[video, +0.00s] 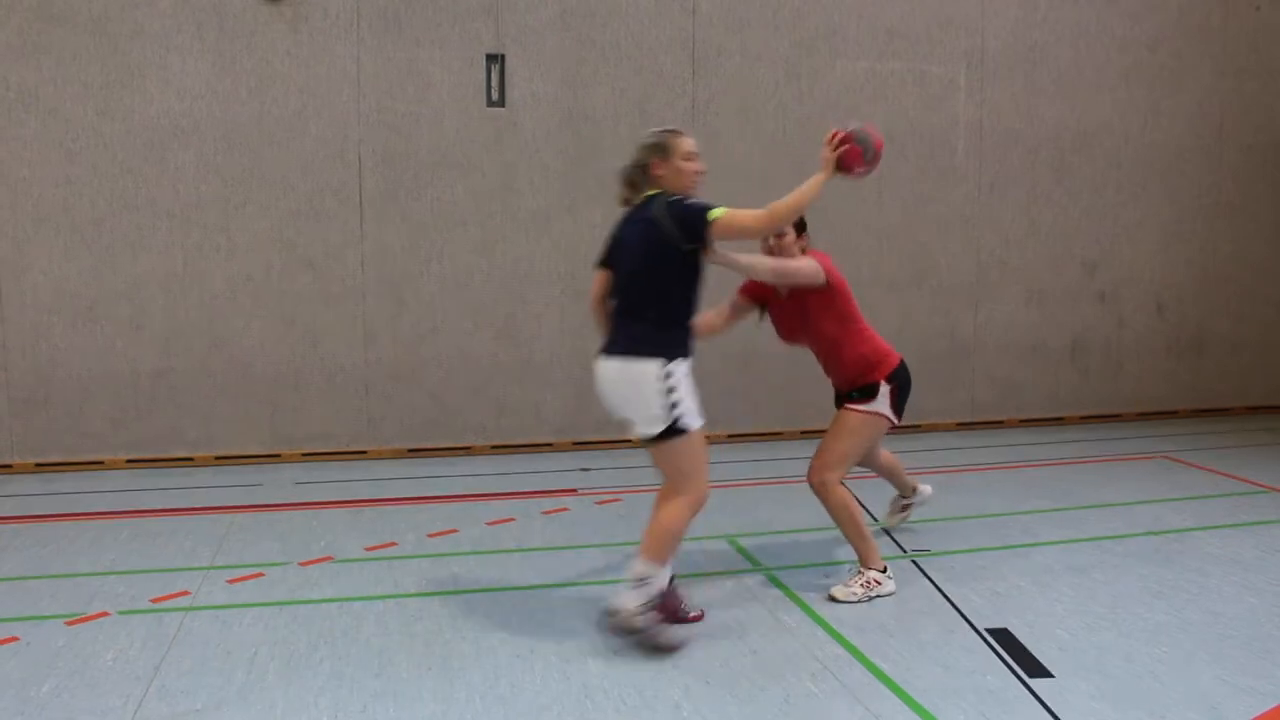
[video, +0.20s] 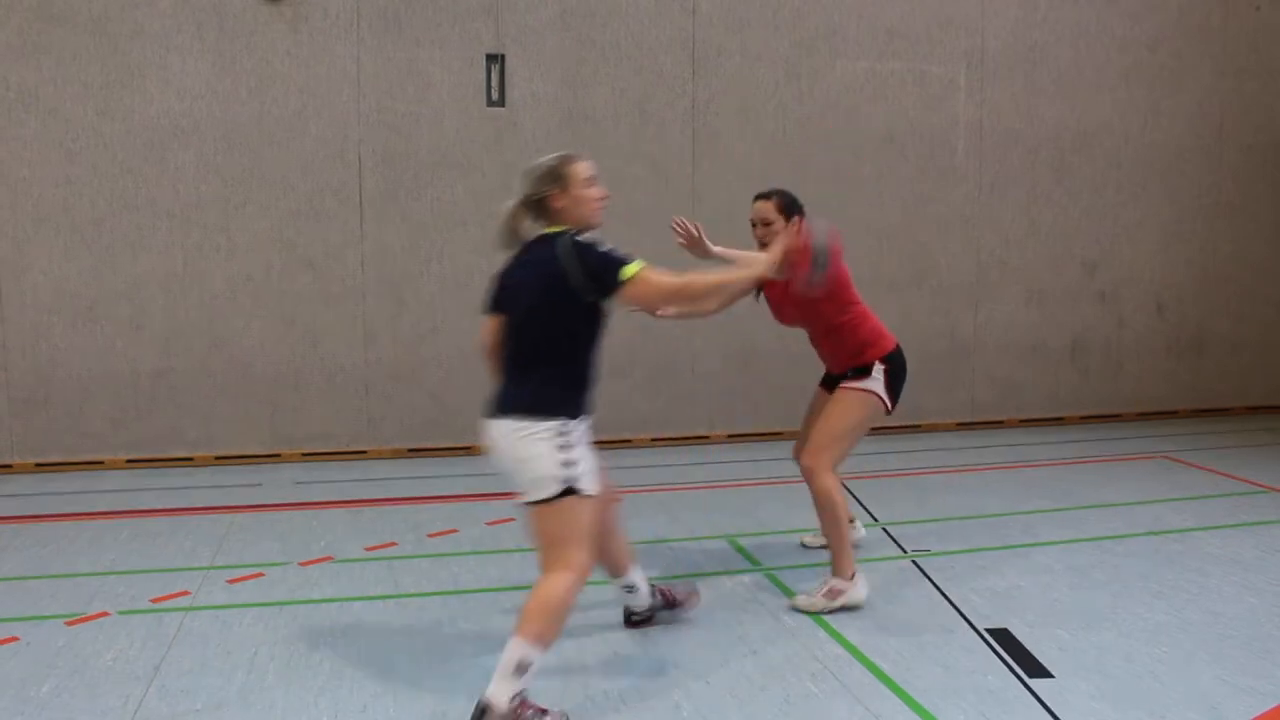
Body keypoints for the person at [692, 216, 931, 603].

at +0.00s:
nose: (772, 243)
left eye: (781, 235)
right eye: (767, 237)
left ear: (801, 239)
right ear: (760, 243)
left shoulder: (818, 267)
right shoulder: (760, 285)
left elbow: (774, 271)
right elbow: (719, 319)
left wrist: (718, 255)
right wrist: (673, 326)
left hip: (880, 379)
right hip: (849, 386)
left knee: (824, 475)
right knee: (865, 452)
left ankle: (875, 570)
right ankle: (909, 490)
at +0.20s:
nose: (758, 234)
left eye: (766, 225)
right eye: (754, 227)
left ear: (795, 224)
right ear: (754, 227)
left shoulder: (816, 249)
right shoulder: (769, 266)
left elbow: (771, 260)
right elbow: (714, 302)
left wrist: (710, 251)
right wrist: (666, 308)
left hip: (875, 365)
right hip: (841, 368)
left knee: (817, 462)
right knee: (806, 454)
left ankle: (846, 579)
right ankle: (843, 525)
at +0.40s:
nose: (751, 248)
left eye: (759, 240)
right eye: (748, 242)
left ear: (789, 242)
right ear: (750, 246)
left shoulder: (812, 271)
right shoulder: (760, 289)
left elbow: (787, 292)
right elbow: (709, 320)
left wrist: (724, 268)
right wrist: (659, 318)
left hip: (867, 389)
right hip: (829, 391)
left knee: (803, 478)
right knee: (776, 456)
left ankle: (846, 586)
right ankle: (826, 519)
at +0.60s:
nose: (745, 224)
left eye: (751, 216)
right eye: (743, 217)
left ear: (780, 217)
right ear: (754, 222)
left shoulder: (806, 249)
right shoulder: (759, 256)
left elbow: (785, 283)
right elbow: (716, 301)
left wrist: (724, 268)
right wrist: (669, 306)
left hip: (857, 361)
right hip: (825, 362)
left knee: (802, 448)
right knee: (785, 442)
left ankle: (834, 557)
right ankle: (827, 523)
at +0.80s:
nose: (742, 221)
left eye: (749, 213)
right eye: (741, 214)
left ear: (777, 216)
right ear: (765, 220)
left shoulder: (801, 249)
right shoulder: (762, 260)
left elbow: (780, 294)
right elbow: (733, 306)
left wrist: (718, 276)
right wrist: (689, 313)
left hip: (855, 360)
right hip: (825, 358)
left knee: (799, 448)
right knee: (786, 424)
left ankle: (827, 549)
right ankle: (819, 496)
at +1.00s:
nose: (746, 230)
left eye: (753, 223)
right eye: (745, 223)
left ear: (779, 227)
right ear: (770, 229)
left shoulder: (802, 258)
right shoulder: (765, 265)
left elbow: (796, 311)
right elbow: (745, 316)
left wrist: (740, 292)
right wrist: (701, 320)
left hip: (850, 361)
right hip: (822, 364)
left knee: (798, 445)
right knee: (791, 435)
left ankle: (826, 547)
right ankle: (830, 498)